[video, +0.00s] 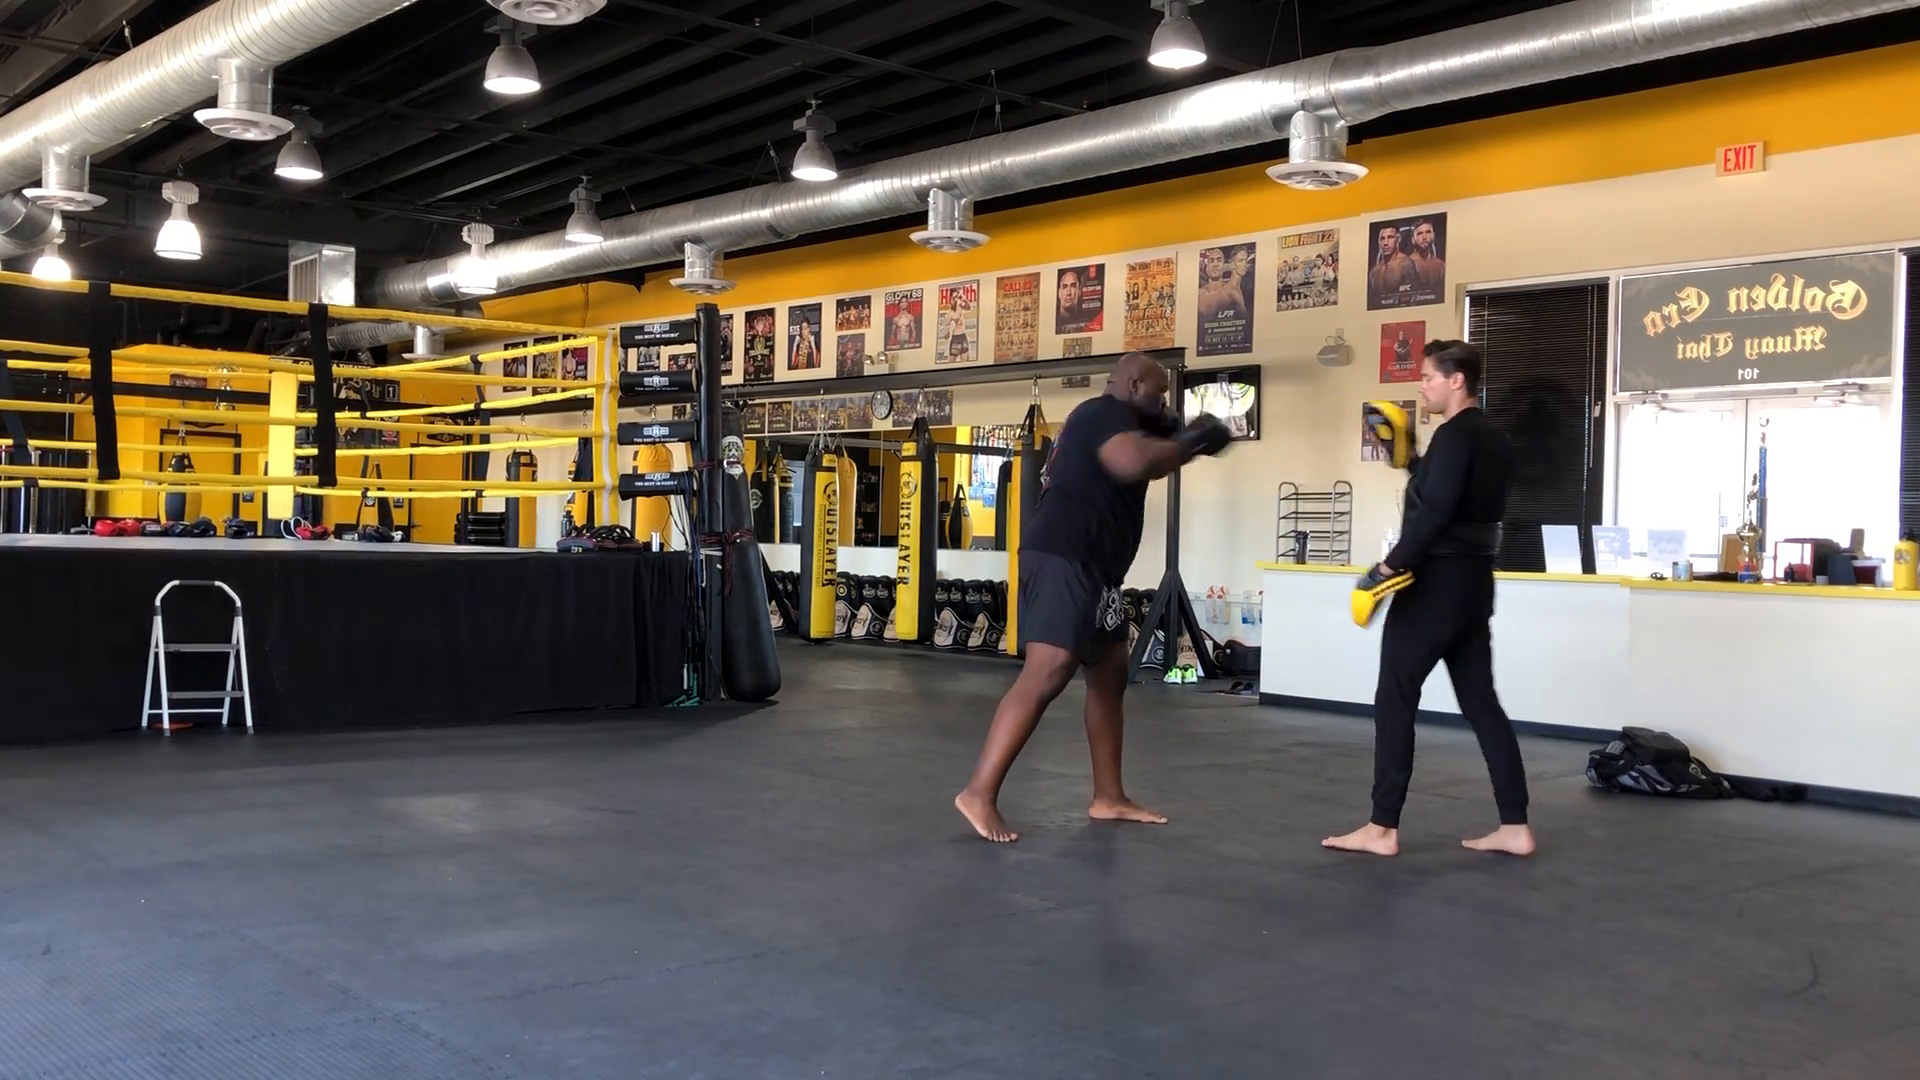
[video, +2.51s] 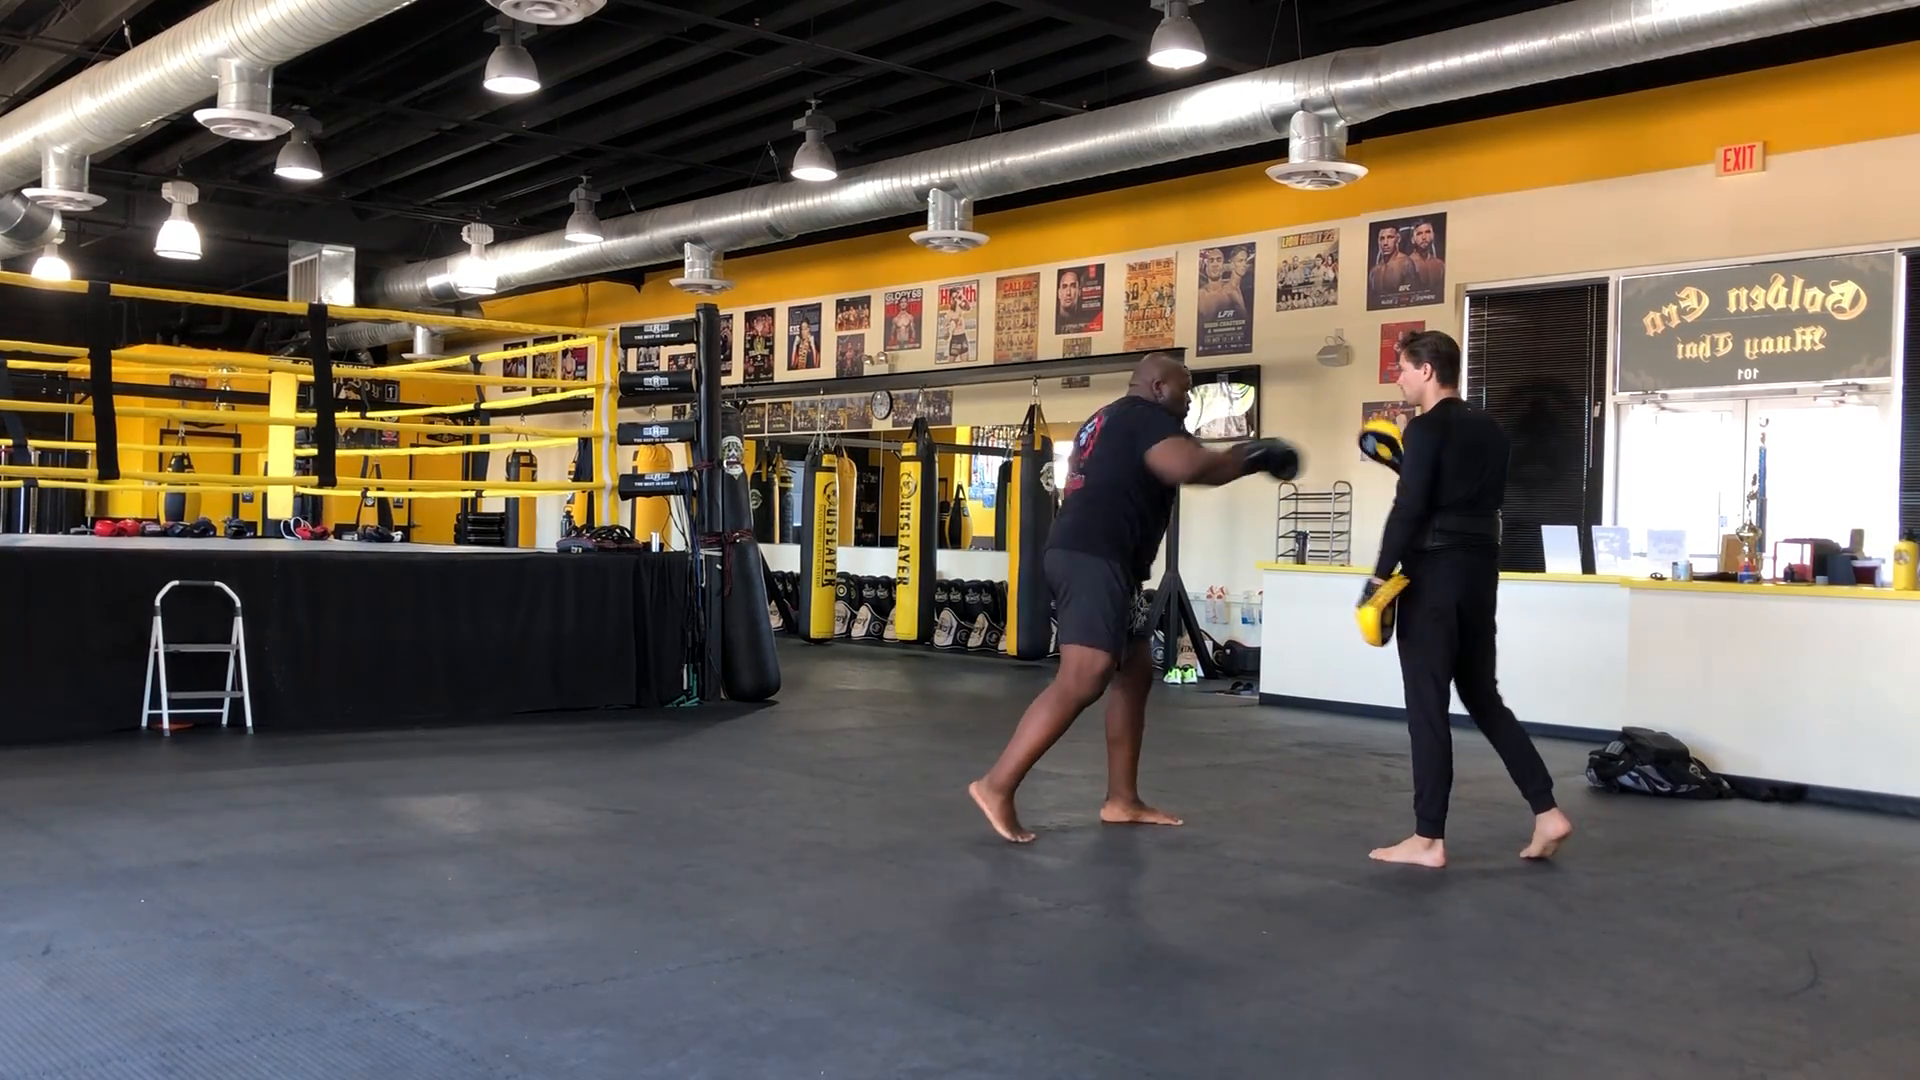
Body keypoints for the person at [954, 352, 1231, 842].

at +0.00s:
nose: (1160, 402)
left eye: (1162, 395)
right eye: (1156, 393)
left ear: (1125, 382)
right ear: (1130, 383)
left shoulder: (1118, 423)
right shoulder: (1100, 412)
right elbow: (1129, 460)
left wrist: (1167, 435)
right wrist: (1190, 442)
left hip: (1095, 567)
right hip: (1062, 558)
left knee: (1109, 671)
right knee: (1046, 672)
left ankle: (1109, 796)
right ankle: (979, 794)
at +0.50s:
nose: (1101, 386)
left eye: (1103, 377)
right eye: (1094, 376)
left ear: (1084, 374)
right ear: (1060, 372)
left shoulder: (1092, 421)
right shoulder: (1021, 414)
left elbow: (1102, 484)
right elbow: (1004, 488)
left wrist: (1124, 494)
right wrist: (1079, 468)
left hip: (1070, 570)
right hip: (1018, 569)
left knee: (1089, 674)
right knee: (1008, 683)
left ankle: (1102, 791)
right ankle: (977, 811)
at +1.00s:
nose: (1096, 378)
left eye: (1097, 368)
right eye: (1091, 367)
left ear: (1062, 365)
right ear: (1059, 363)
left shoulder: (1070, 423)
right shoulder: (1018, 416)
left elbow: (1070, 488)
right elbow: (1018, 494)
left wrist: (1110, 481)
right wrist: (1089, 480)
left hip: (1064, 575)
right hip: (1015, 575)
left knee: (1072, 678)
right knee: (998, 685)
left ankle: (1088, 801)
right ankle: (977, 812)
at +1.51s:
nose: (1125, 382)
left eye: (1126, 373)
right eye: (1120, 371)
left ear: (1097, 369)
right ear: (1086, 366)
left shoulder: (1112, 430)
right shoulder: (1037, 412)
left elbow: (1122, 504)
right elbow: (1039, 480)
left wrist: (1158, 485)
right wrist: (1108, 457)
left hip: (1087, 573)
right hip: (1031, 566)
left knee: (1084, 684)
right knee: (1022, 675)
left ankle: (1092, 803)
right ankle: (975, 799)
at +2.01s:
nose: (1121, 388)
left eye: (1122, 379)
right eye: (1114, 379)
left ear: (1091, 380)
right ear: (1081, 378)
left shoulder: (1098, 436)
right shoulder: (1037, 427)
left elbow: (1123, 492)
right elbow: (1046, 497)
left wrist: (1160, 467)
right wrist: (1111, 455)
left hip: (1087, 585)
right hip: (1035, 585)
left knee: (1119, 678)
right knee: (1023, 693)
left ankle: (1120, 796)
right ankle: (968, 811)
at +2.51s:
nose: (1188, 400)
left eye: (1189, 390)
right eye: (1185, 389)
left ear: (1146, 383)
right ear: (1159, 385)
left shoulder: (1106, 419)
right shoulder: (1143, 416)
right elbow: (1186, 464)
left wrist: (1231, 457)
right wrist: (1246, 456)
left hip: (1083, 556)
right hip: (1095, 558)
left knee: (1135, 672)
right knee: (1083, 676)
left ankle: (1122, 799)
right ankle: (995, 787)